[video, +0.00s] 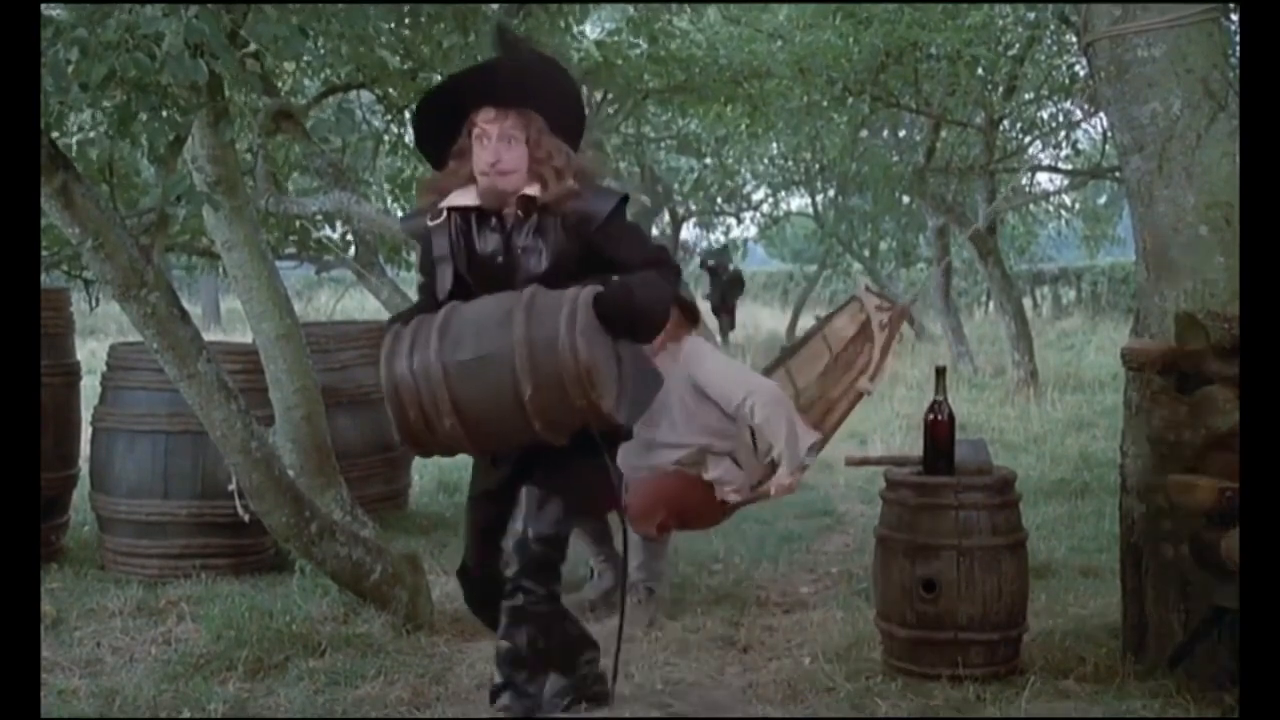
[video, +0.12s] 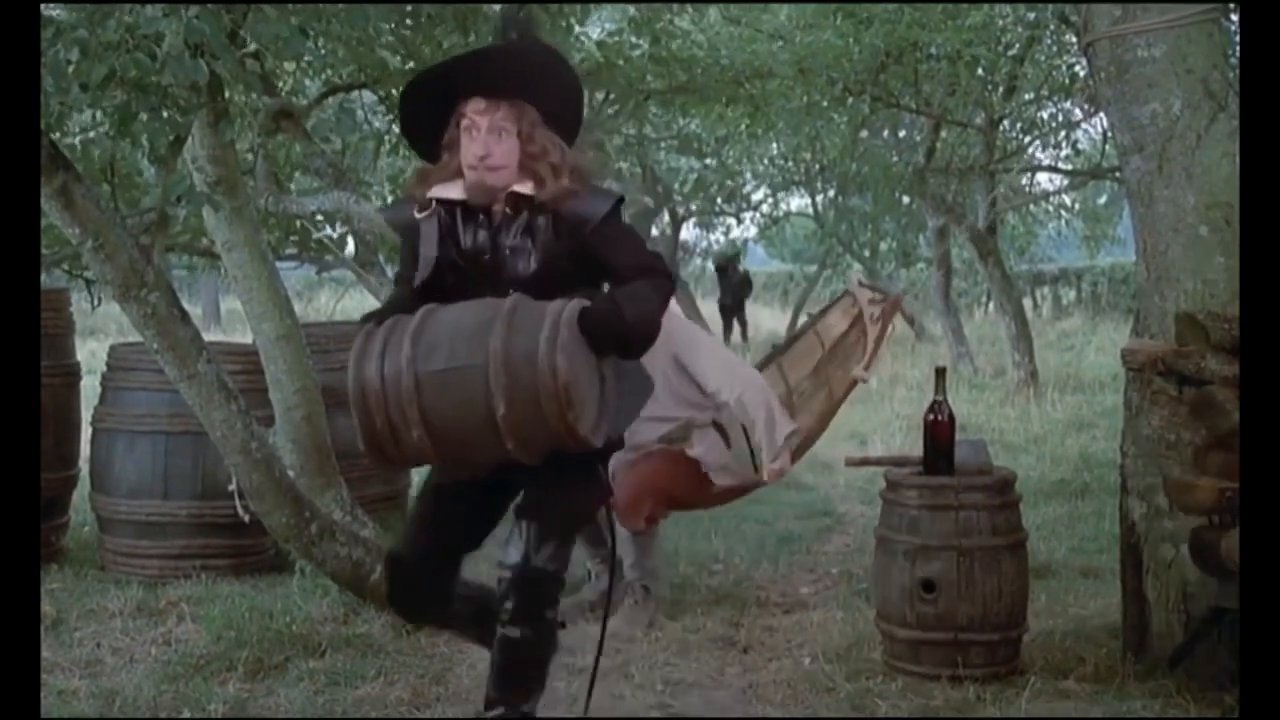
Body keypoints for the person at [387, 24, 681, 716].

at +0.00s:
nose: (496, 150)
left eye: (512, 137)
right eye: (482, 138)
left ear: (545, 147)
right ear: (463, 151)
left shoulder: (586, 214)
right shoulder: (448, 230)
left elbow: (660, 277)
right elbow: (428, 316)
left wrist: (612, 303)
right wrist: (421, 337)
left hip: (573, 427)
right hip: (496, 428)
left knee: (530, 561)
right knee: (479, 579)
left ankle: (518, 695)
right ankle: (577, 662)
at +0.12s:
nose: (485, 142)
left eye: (502, 129)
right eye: (474, 128)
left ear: (533, 141)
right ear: (454, 140)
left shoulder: (576, 213)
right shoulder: (434, 224)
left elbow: (650, 283)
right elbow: (390, 325)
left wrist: (588, 324)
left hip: (570, 439)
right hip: (474, 437)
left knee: (530, 586)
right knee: (410, 588)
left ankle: (509, 710)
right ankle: (521, 630)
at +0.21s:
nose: (468, 137)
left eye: (484, 123)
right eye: (453, 122)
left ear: (516, 135)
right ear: (431, 138)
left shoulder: (564, 206)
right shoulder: (413, 226)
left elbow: (644, 270)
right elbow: (384, 320)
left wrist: (571, 319)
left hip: (572, 436)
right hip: (468, 434)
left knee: (539, 599)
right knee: (365, 551)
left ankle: (515, 708)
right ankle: (454, 676)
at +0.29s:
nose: (441, 133)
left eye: (459, 119)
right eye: (428, 118)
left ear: (495, 130)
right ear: (408, 132)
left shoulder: (549, 201)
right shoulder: (390, 227)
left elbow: (623, 298)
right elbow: (370, 333)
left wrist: (532, 313)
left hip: (559, 440)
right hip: (449, 440)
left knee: (538, 576)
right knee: (349, 532)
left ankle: (506, 704)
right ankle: (381, 705)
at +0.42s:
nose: (401, 132)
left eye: (419, 116)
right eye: (385, 117)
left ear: (458, 127)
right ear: (369, 135)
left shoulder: (519, 203)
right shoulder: (350, 228)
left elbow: (605, 287)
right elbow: (333, 326)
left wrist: (507, 317)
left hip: (530, 448)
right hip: (416, 449)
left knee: (510, 625)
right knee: (351, 601)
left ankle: (496, 709)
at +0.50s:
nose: (368, 127)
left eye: (388, 109)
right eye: (351, 110)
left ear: (427, 120)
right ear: (335, 127)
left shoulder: (495, 197)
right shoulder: (317, 229)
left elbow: (588, 272)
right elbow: (308, 326)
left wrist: (503, 319)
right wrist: (275, 349)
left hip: (513, 452)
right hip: (395, 459)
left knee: (507, 628)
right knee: (341, 608)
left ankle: (498, 707)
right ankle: (350, 699)